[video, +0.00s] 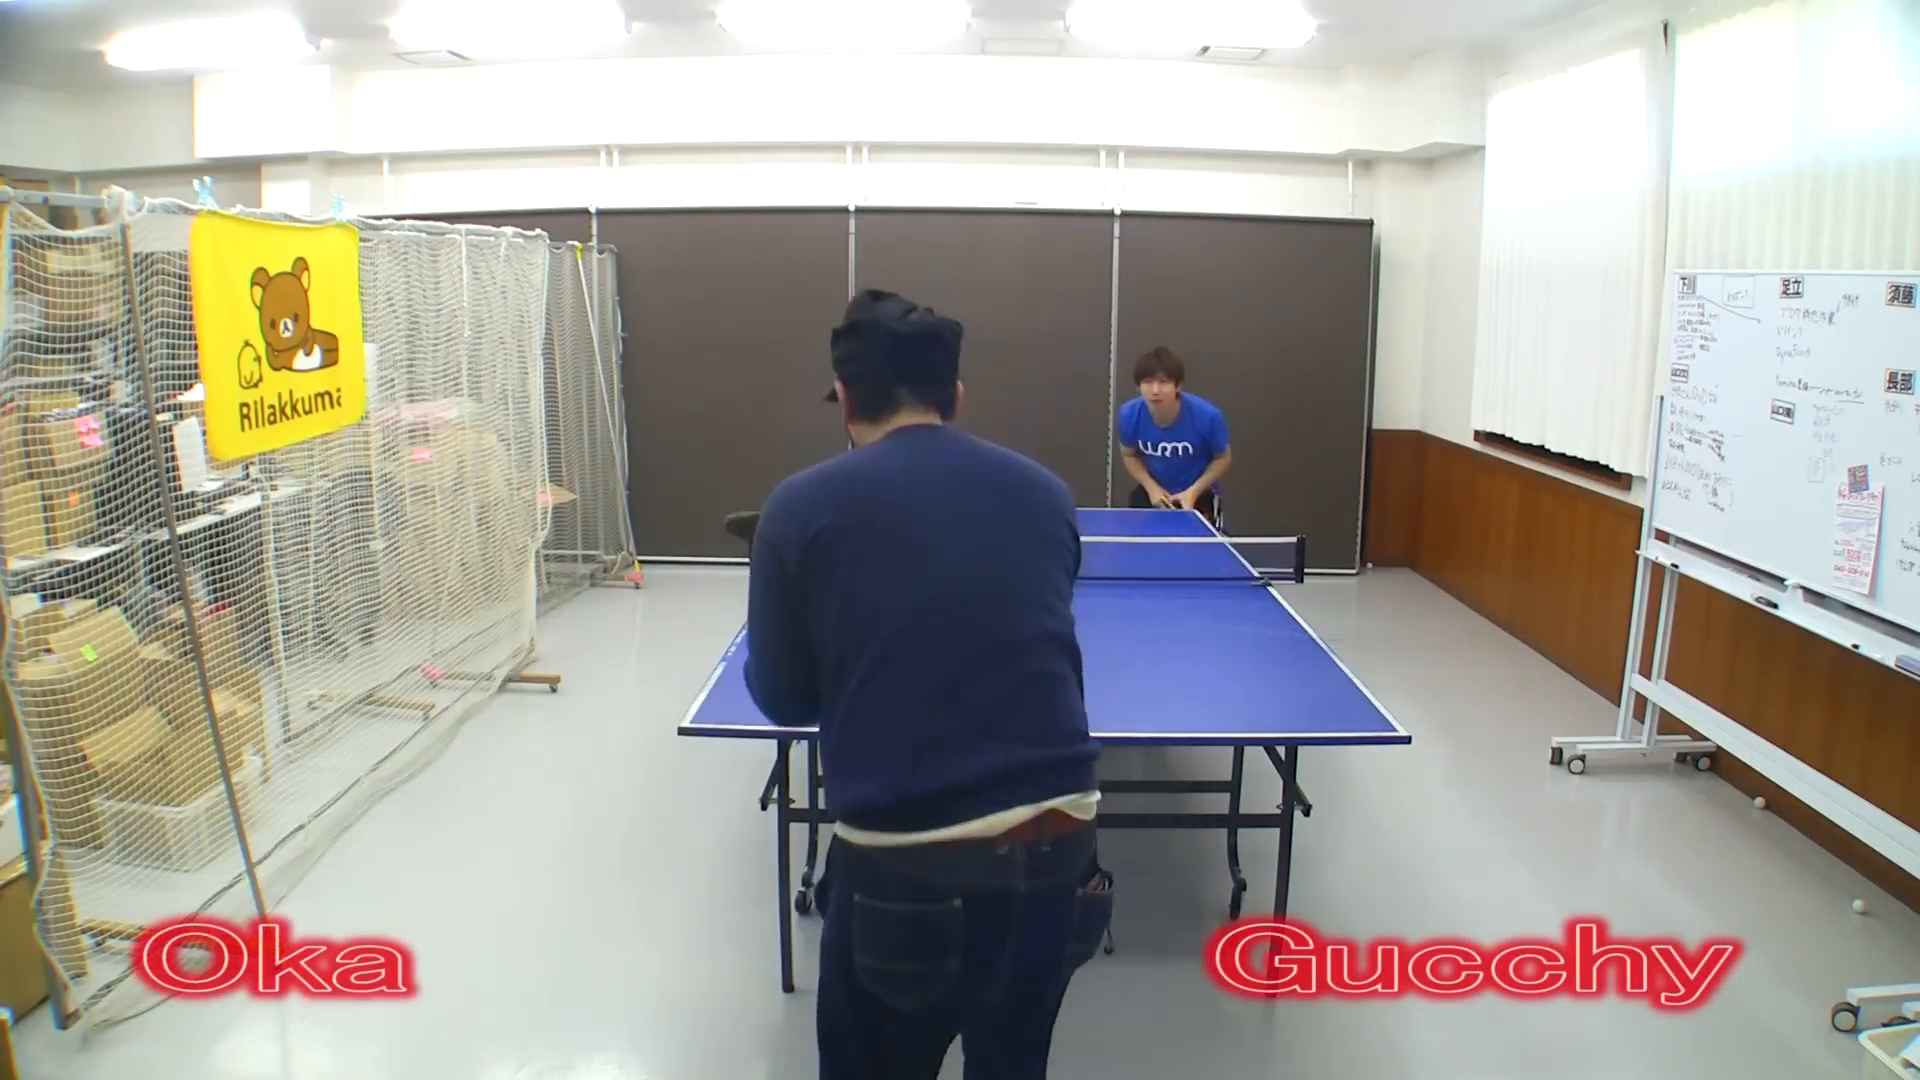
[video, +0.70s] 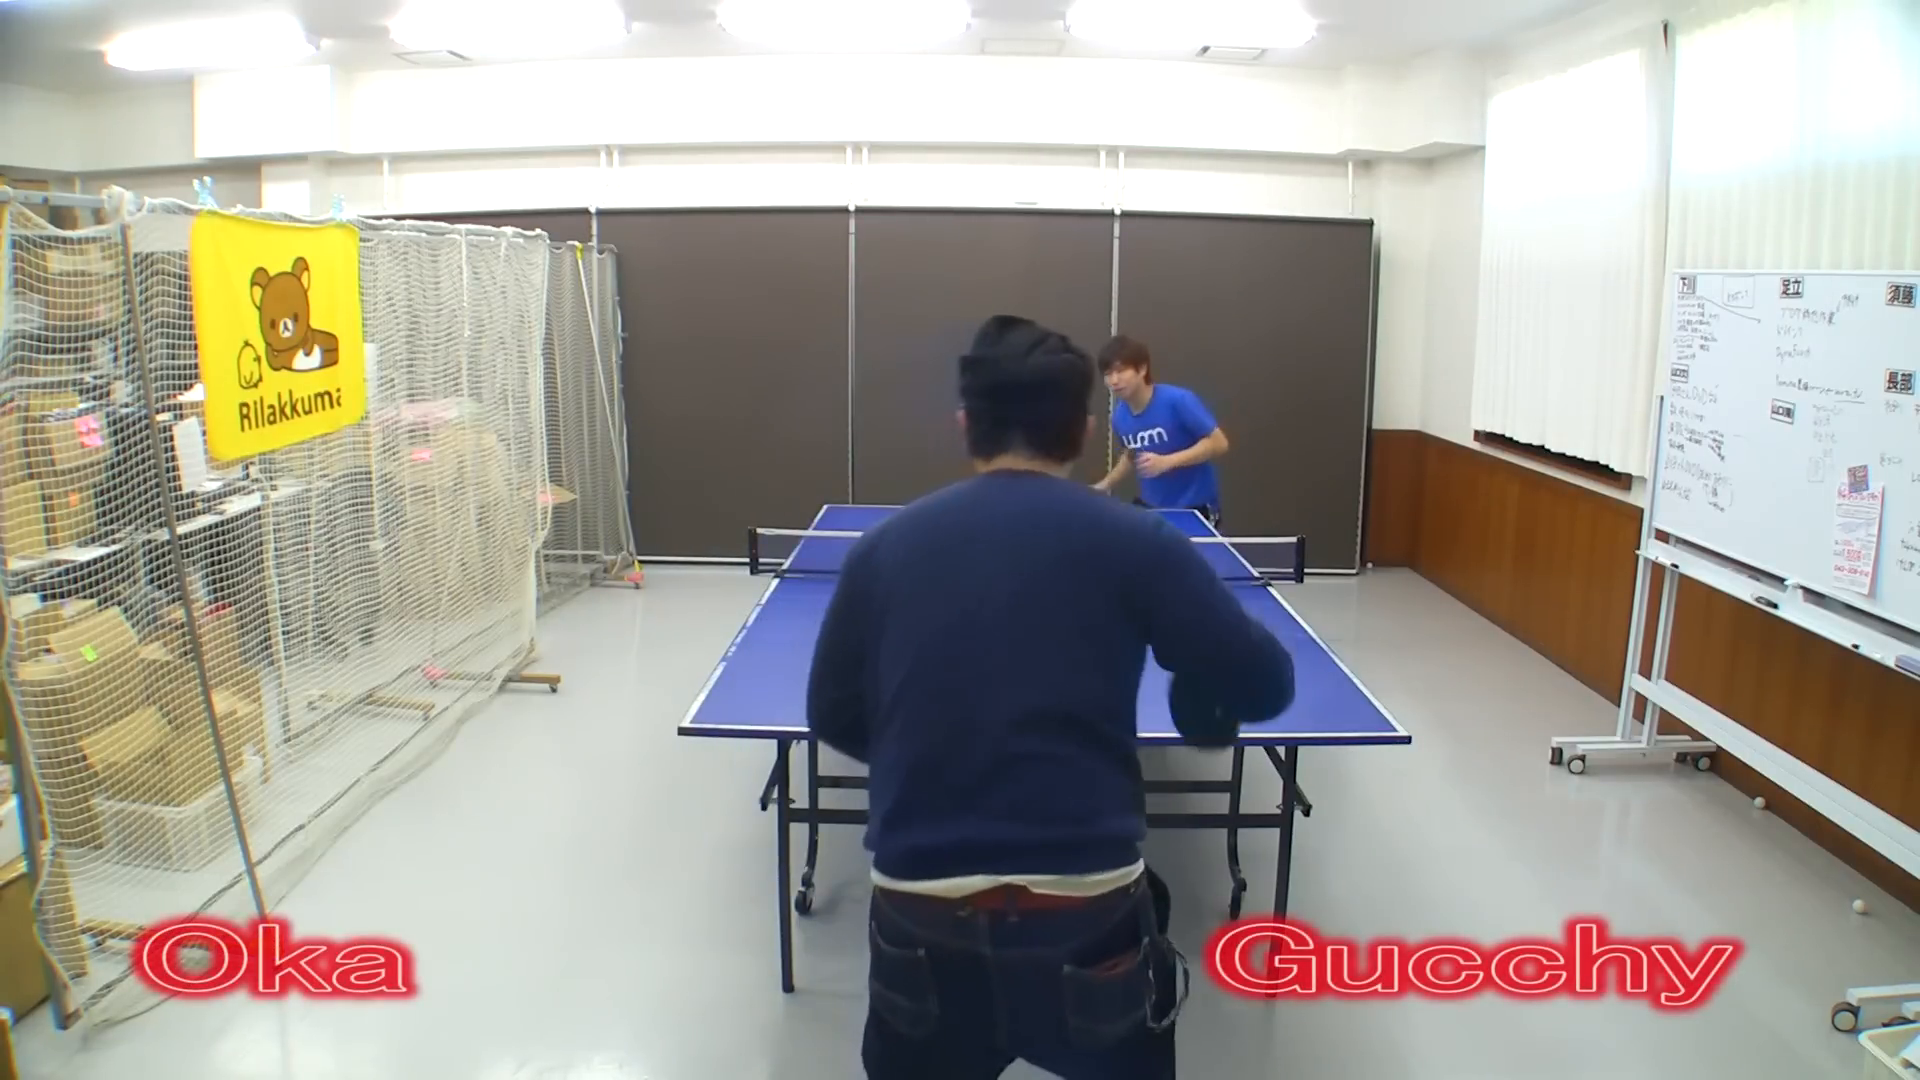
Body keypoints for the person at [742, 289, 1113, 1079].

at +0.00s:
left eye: (833, 395)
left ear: (842, 398)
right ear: (957, 398)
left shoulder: (802, 506)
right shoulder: (1044, 491)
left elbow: (783, 697)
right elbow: (1040, 643)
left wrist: (878, 641)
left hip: (903, 887)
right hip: (1052, 879)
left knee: (871, 1068)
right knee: (1013, 1069)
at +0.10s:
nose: (822, 453)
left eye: (819, 439)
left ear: (828, 438)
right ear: (942, 429)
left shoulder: (800, 543)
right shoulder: (1035, 518)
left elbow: (784, 739)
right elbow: (1054, 680)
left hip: (907, 911)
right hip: (1056, 898)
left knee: (855, 1067)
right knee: (1004, 1064)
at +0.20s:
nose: (807, 538)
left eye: (803, 524)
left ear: (813, 514)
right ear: (914, 493)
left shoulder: (800, 606)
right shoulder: (1029, 561)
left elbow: (793, 814)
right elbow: (1065, 730)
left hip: (921, 971)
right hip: (1069, 956)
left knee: (829, 1067)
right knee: (1006, 1067)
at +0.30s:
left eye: (801, 564)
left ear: (805, 555)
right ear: (917, 528)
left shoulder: (782, 663)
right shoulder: (1026, 575)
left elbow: (794, 865)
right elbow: (1138, 677)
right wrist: (1030, 633)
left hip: (922, 1012)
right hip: (1083, 990)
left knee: (838, 1066)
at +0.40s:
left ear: (826, 518)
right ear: (941, 493)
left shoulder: (787, 649)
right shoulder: (1023, 543)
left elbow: (782, 831)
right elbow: (1201, 597)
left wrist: (879, 825)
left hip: (917, 994)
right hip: (1082, 974)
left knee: (875, 1064)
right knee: (1057, 1068)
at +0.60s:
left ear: (917, 433)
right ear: (1036, 432)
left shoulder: (852, 565)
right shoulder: (1093, 531)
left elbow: (814, 744)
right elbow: (1246, 645)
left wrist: (917, 750)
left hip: (914, 951)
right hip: (1073, 946)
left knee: (902, 1066)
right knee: (1112, 1066)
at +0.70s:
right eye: (1096, 420)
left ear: (965, 428)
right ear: (1083, 432)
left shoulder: (889, 543)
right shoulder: (1132, 538)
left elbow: (834, 710)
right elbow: (1265, 680)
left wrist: (927, 748)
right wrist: (1193, 695)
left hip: (922, 933)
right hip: (1084, 933)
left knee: (914, 1067)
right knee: (1125, 1065)